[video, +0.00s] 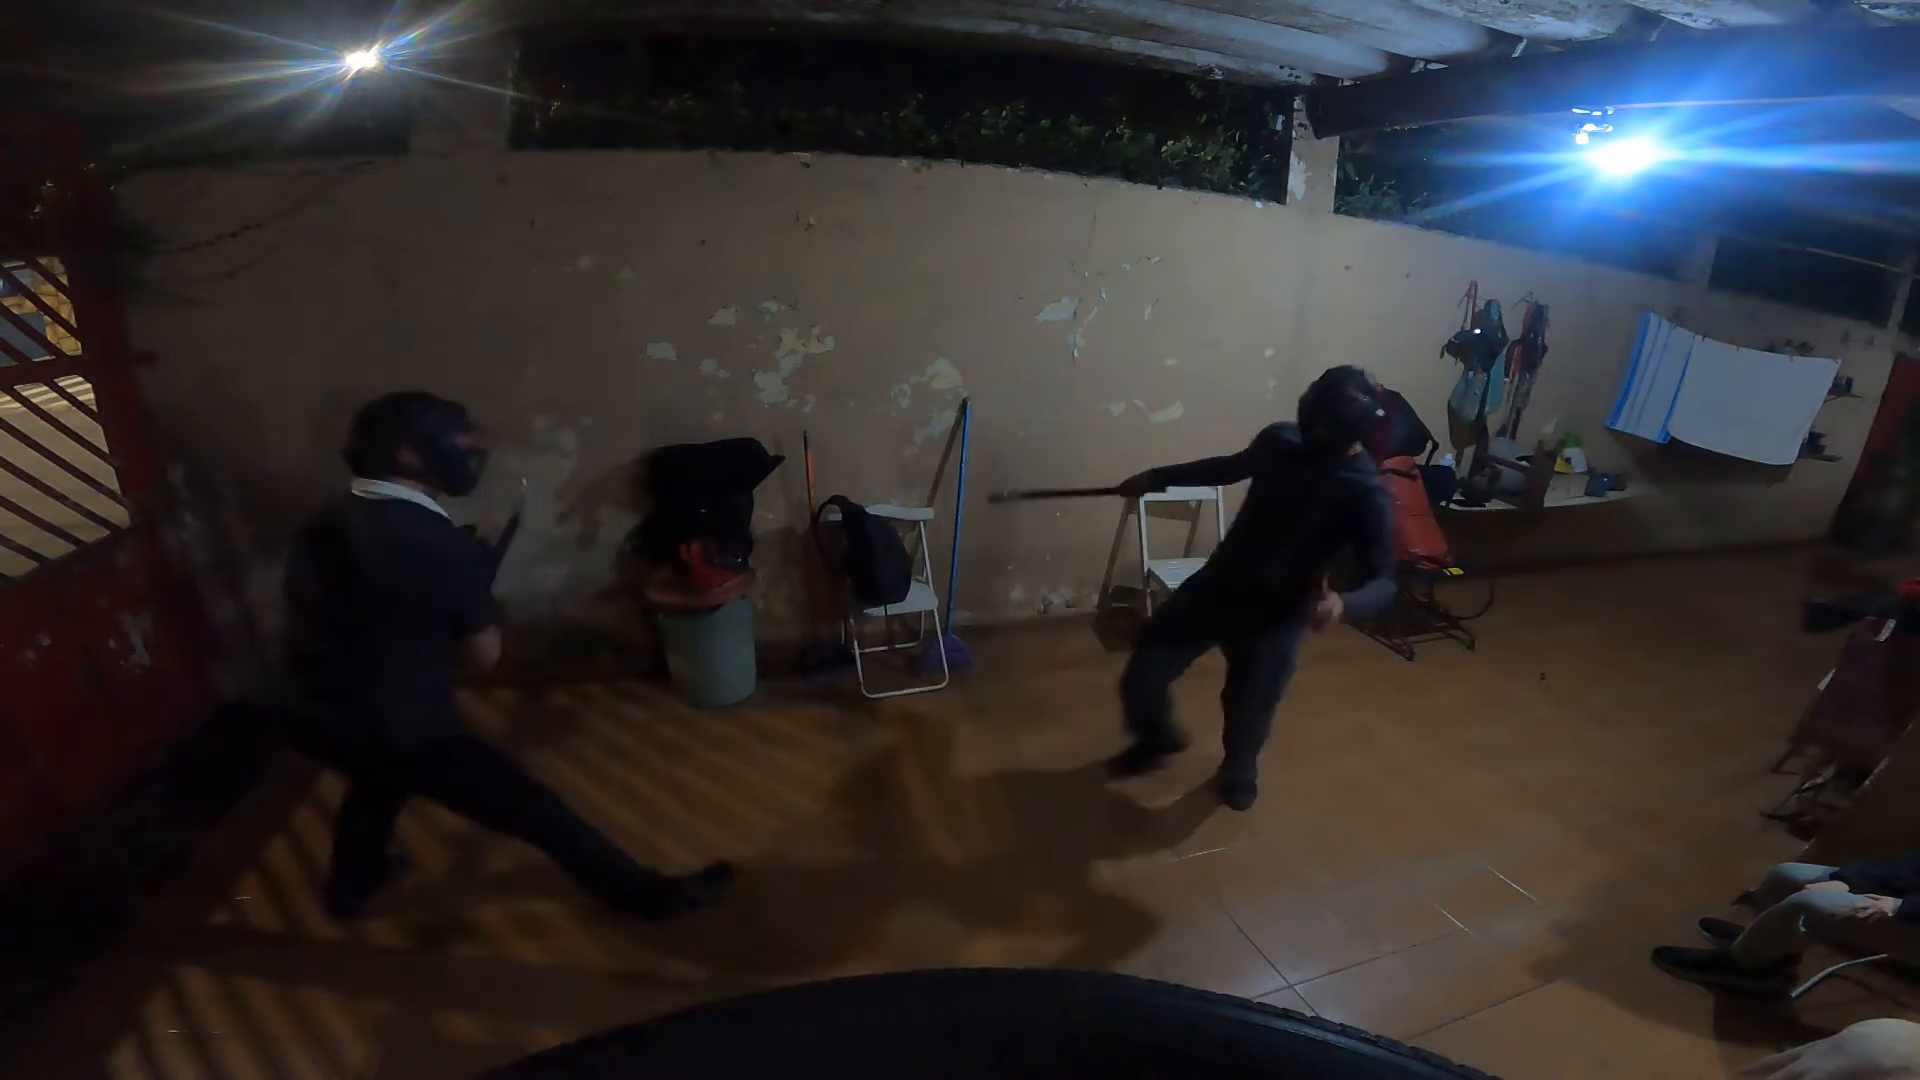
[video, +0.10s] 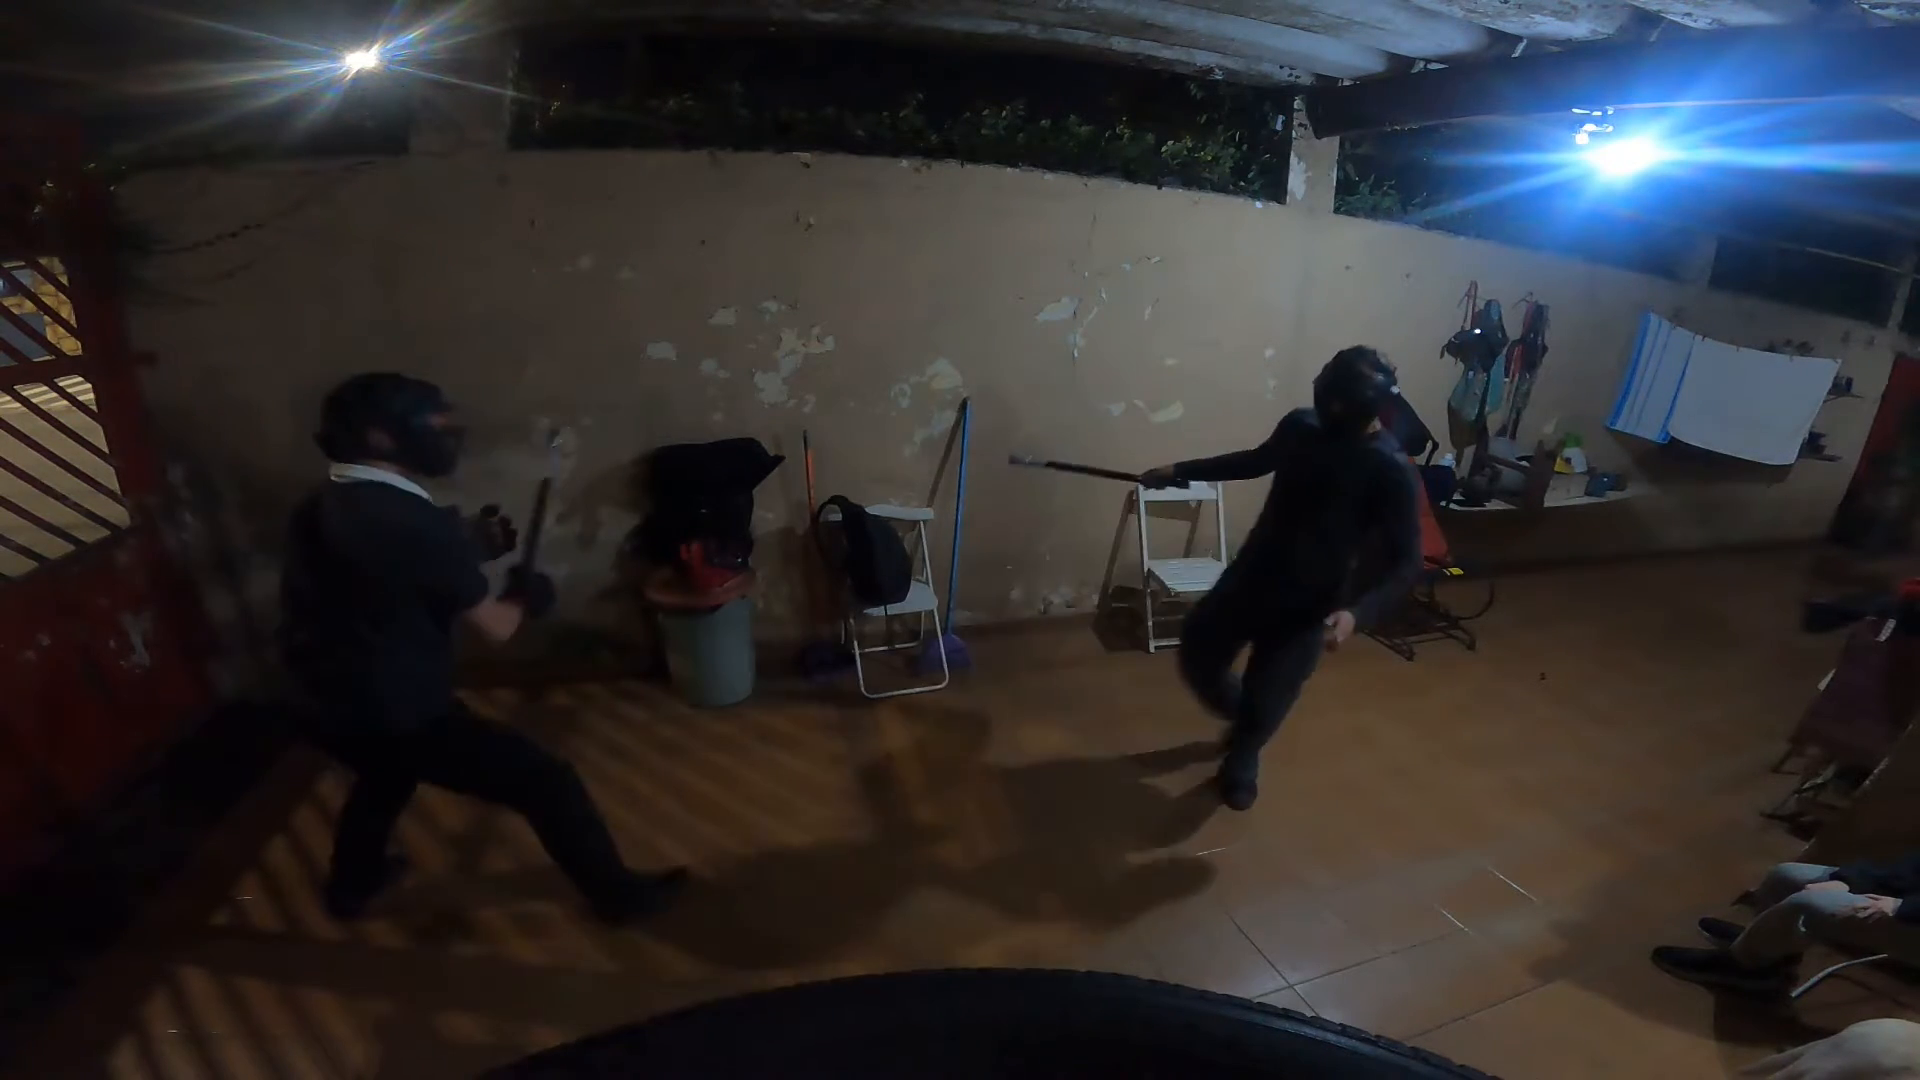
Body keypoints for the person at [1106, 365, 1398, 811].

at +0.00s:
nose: (1304, 416)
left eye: (1317, 414)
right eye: (1309, 409)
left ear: (1345, 430)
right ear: (1312, 415)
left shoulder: (1364, 491)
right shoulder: (1281, 442)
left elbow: (1384, 583)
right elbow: (1226, 470)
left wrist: (1345, 602)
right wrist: (1153, 479)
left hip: (1277, 613)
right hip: (1219, 585)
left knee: (1249, 711)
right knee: (1142, 676)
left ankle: (1238, 778)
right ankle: (1155, 738)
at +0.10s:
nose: (1323, 409)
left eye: (1335, 404)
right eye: (1324, 398)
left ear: (1365, 414)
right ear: (1322, 397)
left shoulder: (1390, 471)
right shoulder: (1301, 428)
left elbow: (1407, 564)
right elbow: (1254, 463)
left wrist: (1358, 612)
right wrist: (1178, 472)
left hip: (1312, 601)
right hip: (1256, 572)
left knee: (1266, 698)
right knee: (1198, 654)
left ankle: (1242, 764)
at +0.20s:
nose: (1351, 416)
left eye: (1360, 408)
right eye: (1345, 404)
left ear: (1387, 403)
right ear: (1337, 395)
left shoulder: (1418, 458)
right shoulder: (1321, 424)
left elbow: (1442, 535)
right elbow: (1287, 468)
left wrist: (1400, 589)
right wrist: (1219, 490)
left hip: (1360, 579)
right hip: (1305, 562)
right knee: (1304, 658)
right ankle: (1342, 707)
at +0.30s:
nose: (1350, 425)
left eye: (1361, 417)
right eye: (1345, 413)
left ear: (1387, 414)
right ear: (1339, 407)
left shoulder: (1419, 464)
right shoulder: (1325, 440)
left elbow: (1461, 532)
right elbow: (1301, 484)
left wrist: (1428, 594)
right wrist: (1239, 512)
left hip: (1381, 588)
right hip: (1327, 578)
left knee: (1340, 677)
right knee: (1325, 672)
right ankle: (1343, 732)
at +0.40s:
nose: (1361, 422)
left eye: (1371, 416)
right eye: (1359, 412)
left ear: (1401, 419)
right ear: (1354, 407)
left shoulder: (1430, 462)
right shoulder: (1342, 443)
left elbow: (1484, 533)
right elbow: (1324, 498)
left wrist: (1455, 588)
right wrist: (1281, 538)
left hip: (1397, 586)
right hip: (1342, 575)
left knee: (1376, 679)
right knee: (1329, 665)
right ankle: (1354, 719)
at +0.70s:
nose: (1410, 444)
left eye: (1419, 436)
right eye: (1403, 432)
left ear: (1445, 426)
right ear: (1394, 423)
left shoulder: (1475, 469)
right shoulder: (1375, 451)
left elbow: (1515, 537)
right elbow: (1344, 510)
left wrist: (1463, 541)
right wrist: (1315, 538)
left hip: (1427, 578)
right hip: (1362, 566)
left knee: (1418, 663)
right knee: (1304, 645)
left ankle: (1414, 720)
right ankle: (1301, 700)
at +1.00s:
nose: (1381, 432)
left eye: (1392, 425)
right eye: (1376, 420)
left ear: (1417, 415)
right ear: (1368, 409)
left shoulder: (1447, 462)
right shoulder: (1342, 440)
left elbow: (1475, 516)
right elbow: (1311, 488)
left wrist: (1472, 571)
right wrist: (1273, 533)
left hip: (1397, 574)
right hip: (1331, 562)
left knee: (1390, 671)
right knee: (1293, 634)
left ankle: (1379, 713)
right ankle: (1264, 712)